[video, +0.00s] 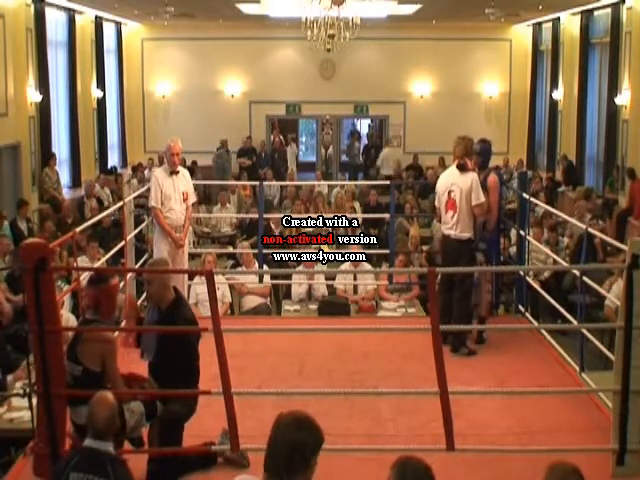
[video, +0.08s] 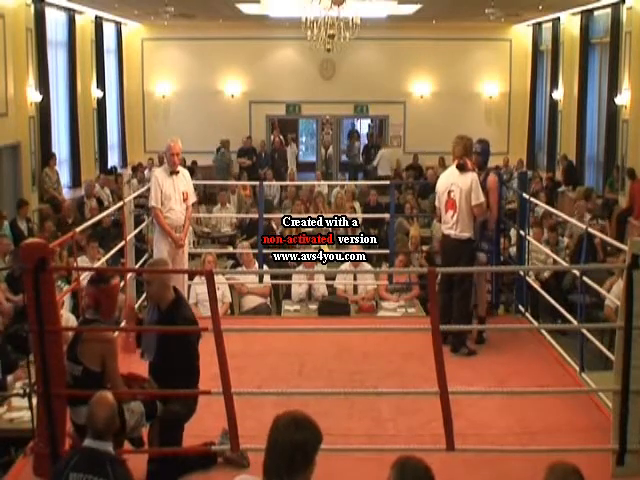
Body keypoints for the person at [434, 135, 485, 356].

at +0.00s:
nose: (473, 158)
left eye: (470, 153)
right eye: (473, 154)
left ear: (454, 154)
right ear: (470, 155)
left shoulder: (443, 176)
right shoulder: (471, 178)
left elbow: (438, 207)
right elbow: (479, 209)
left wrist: (446, 222)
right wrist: (475, 178)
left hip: (446, 237)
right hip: (464, 238)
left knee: (446, 285)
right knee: (463, 288)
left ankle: (444, 329)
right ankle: (459, 338)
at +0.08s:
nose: (473, 157)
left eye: (469, 152)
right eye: (472, 153)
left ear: (453, 153)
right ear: (470, 154)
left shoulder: (443, 177)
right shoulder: (471, 177)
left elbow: (438, 210)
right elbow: (478, 210)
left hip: (446, 237)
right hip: (464, 238)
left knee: (446, 285)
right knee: (463, 288)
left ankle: (445, 329)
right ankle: (459, 338)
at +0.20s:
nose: (471, 156)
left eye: (467, 152)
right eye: (470, 153)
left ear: (452, 153)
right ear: (469, 154)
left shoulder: (442, 177)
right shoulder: (470, 178)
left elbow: (437, 211)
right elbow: (478, 210)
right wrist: (474, 177)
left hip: (446, 237)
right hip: (464, 238)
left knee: (446, 286)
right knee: (463, 288)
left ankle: (444, 330)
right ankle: (459, 339)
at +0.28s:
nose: (469, 156)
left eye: (464, 152)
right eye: (469, 153)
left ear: (450, 154)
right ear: (468, 154)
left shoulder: (441, 178)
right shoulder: (471, 178)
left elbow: (437, 211)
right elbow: (478, 210)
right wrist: (474, 176)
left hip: (446, 237)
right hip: (464, 238)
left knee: (446, 286)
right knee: (463, 288)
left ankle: (444, 330)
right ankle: (459, 339)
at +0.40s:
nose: (466, 156)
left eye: (457, 152)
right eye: (467, 152)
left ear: (449, 154)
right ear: (467, 153)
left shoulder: (440, 177)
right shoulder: (471, 177)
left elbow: (435, 210)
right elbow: (478, 210)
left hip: (445, 237)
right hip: (464, 238)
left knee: (446, 286)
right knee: (463, 288)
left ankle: (444, 330)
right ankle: (459, 339)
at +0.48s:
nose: (466, 155)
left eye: (458, 151)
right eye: (466, 152)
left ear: (448, 153)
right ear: (466, 153)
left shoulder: (439, 178)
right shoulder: (470, 177)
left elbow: (434, 209)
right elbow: (478, 208)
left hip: (445, 237)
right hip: (464, 238)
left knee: (446, 286)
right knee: (463, 288)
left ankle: (444, 330)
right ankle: (459, 338)